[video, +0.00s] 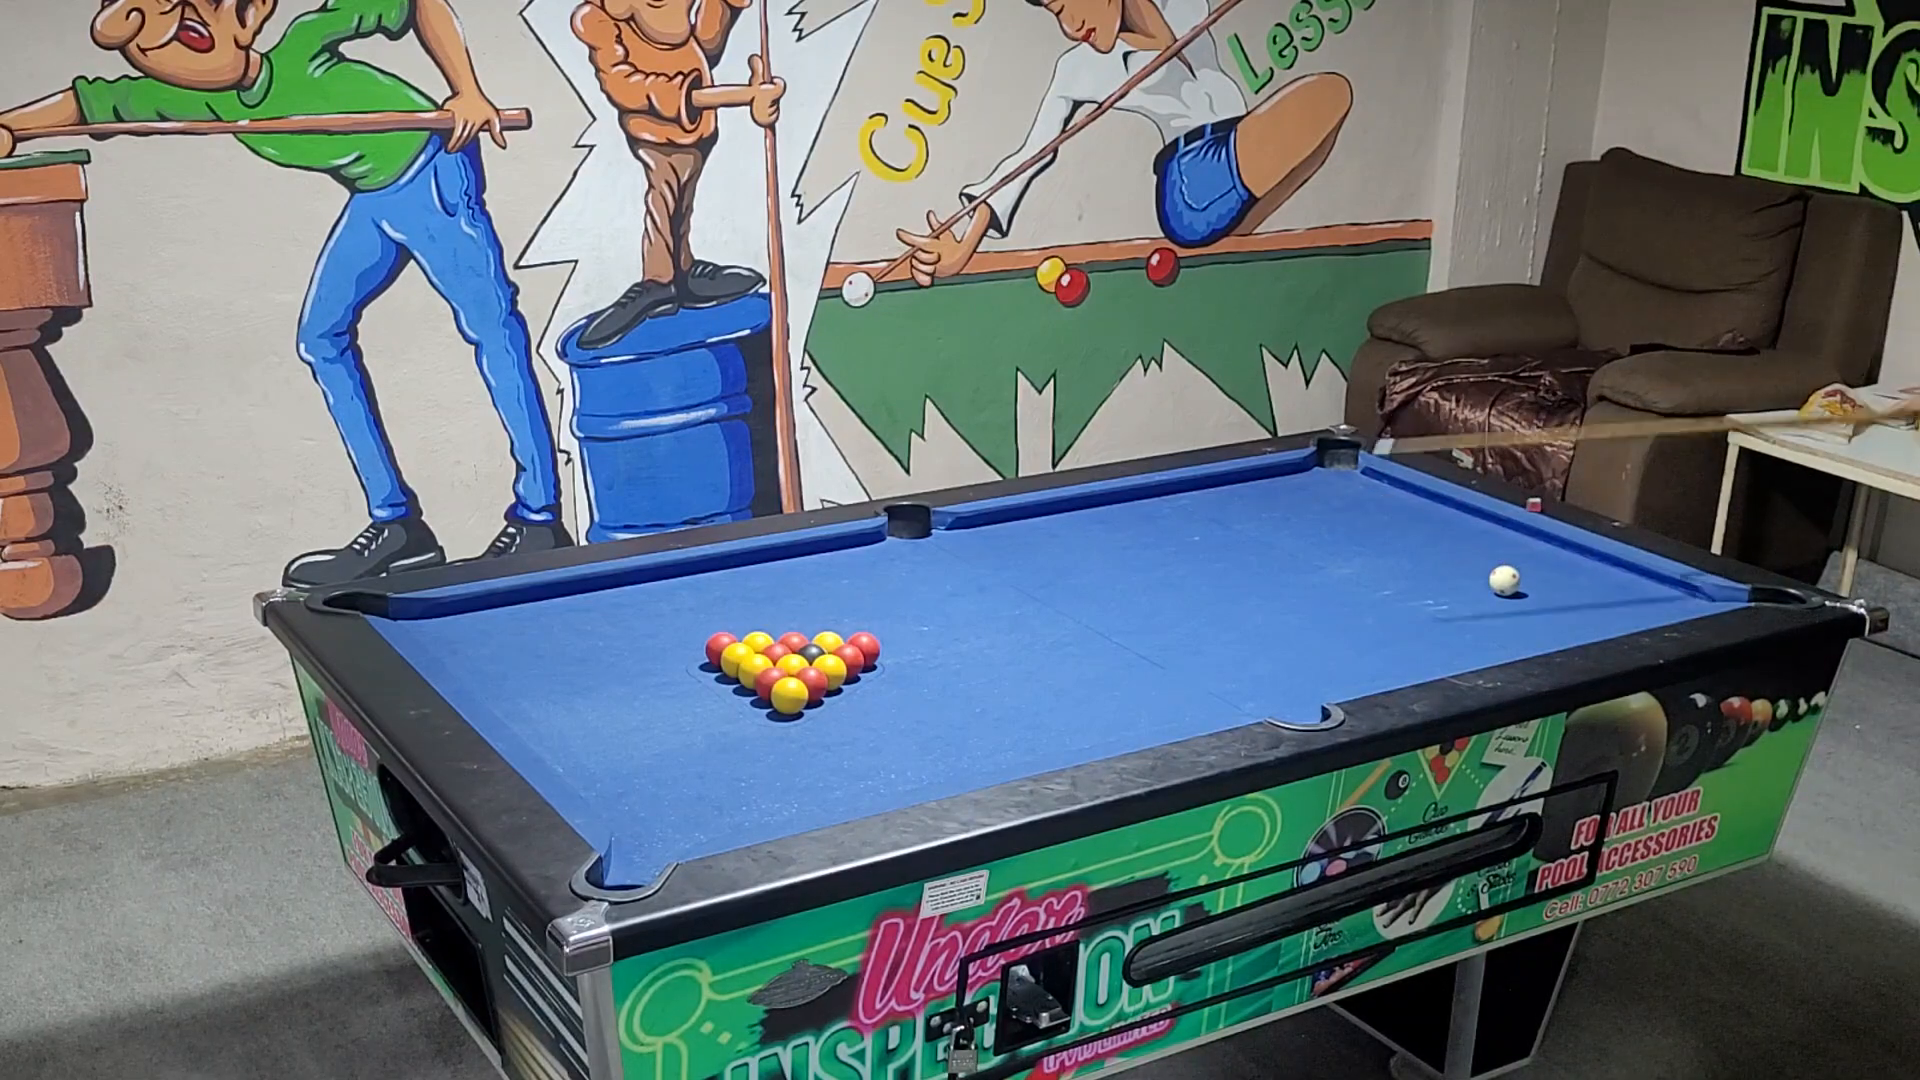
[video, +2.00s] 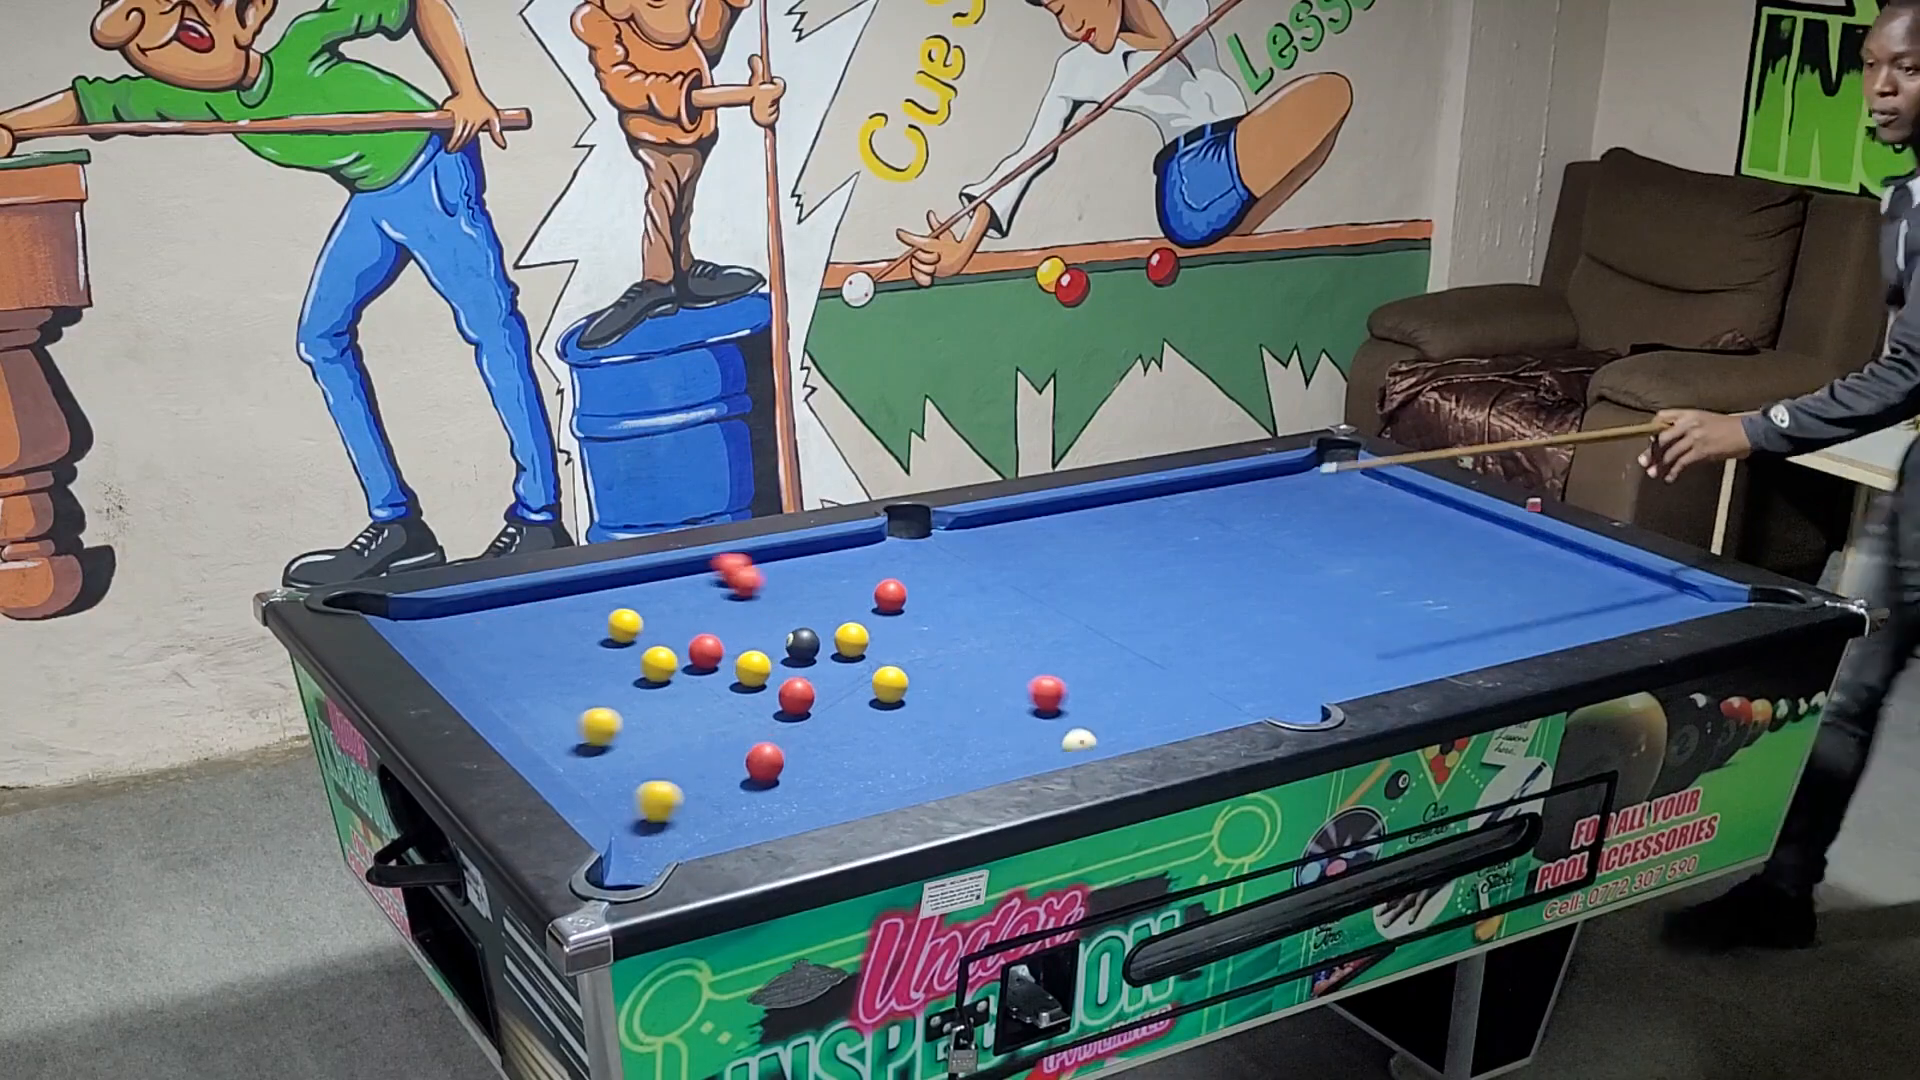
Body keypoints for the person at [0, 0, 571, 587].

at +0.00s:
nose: (207, 53)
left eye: (200, 39)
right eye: (190, 54)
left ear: (224, 20)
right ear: (183, 74)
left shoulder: (300, 37)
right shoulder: (213, 99)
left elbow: (418, 4)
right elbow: (90, 101)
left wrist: (467, 87)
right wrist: (9, 124)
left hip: (426, 166)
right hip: (369, 199)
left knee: (492, 330)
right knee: (322, 338)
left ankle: (541, 517)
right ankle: (397, 523)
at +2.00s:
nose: (207, 57)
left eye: (200, 42)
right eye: (191, 56)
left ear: (228, 22)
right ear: (185, 74)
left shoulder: (300, 37)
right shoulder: (213, 98)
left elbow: (419, 4)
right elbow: (90, 101)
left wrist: (467, 87)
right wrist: (9, 124)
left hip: (426, 165)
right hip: (369, 199)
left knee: (492, 329)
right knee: (322, 337)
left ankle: (540, 516)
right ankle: (397, 522)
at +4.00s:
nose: (208, 60)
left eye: (201, 44)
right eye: (190, 60)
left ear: (228, 24)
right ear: (185, 74)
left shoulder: (300, 37)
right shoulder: (211, 97)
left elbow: (418, 4)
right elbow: (90, 101)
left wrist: (467, 87)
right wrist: (9, 124)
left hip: (426, 165)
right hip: (369, 199)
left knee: (492, 329)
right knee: (322, 337)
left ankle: (541, 517)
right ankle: (397, 522)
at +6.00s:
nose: (205, 56)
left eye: (198, 42)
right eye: (189, 57)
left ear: (226, 21)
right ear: (184, 74)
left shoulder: (300, 37)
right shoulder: (212, 98)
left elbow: (418, 3)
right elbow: (91, 100)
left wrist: (466, 87)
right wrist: (11, 123)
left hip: (426, 165)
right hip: (369, 198)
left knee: (491, 327)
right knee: (322, 337)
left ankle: (541, 518)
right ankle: (397, 522)